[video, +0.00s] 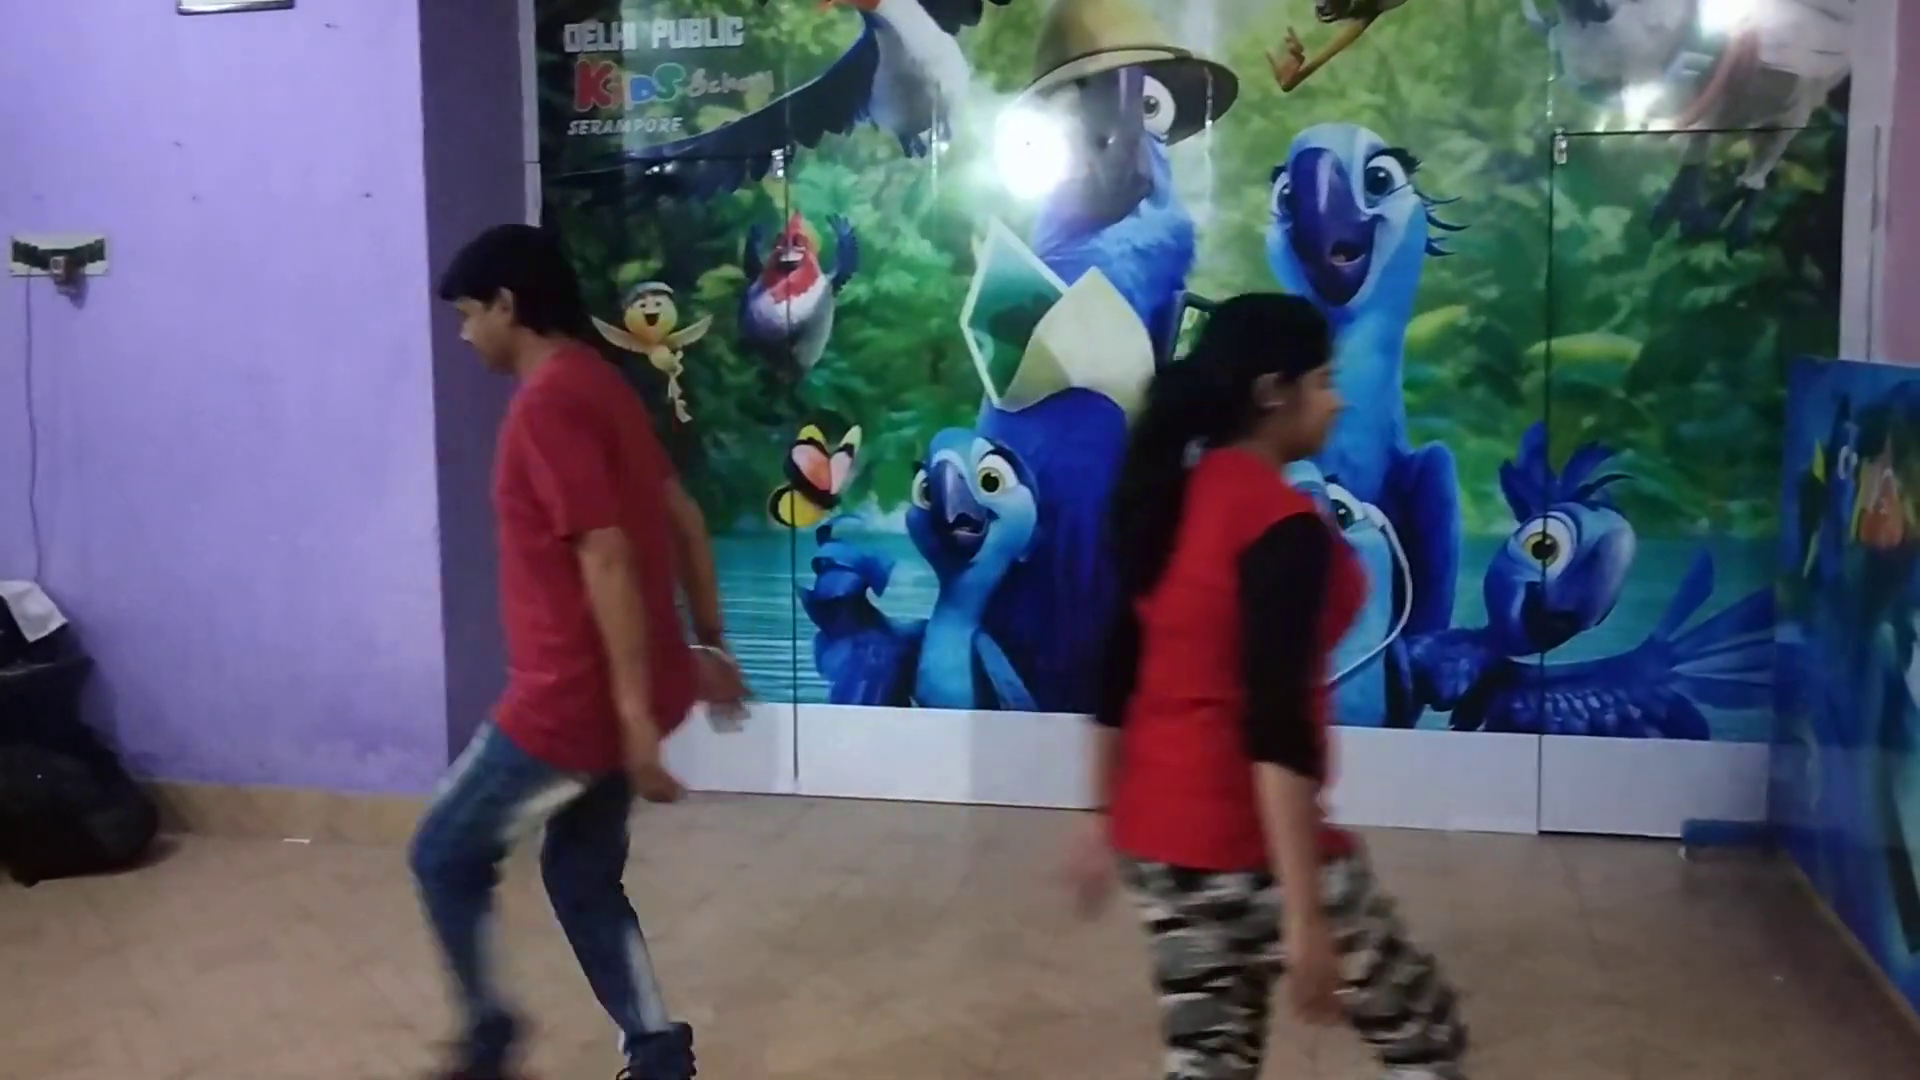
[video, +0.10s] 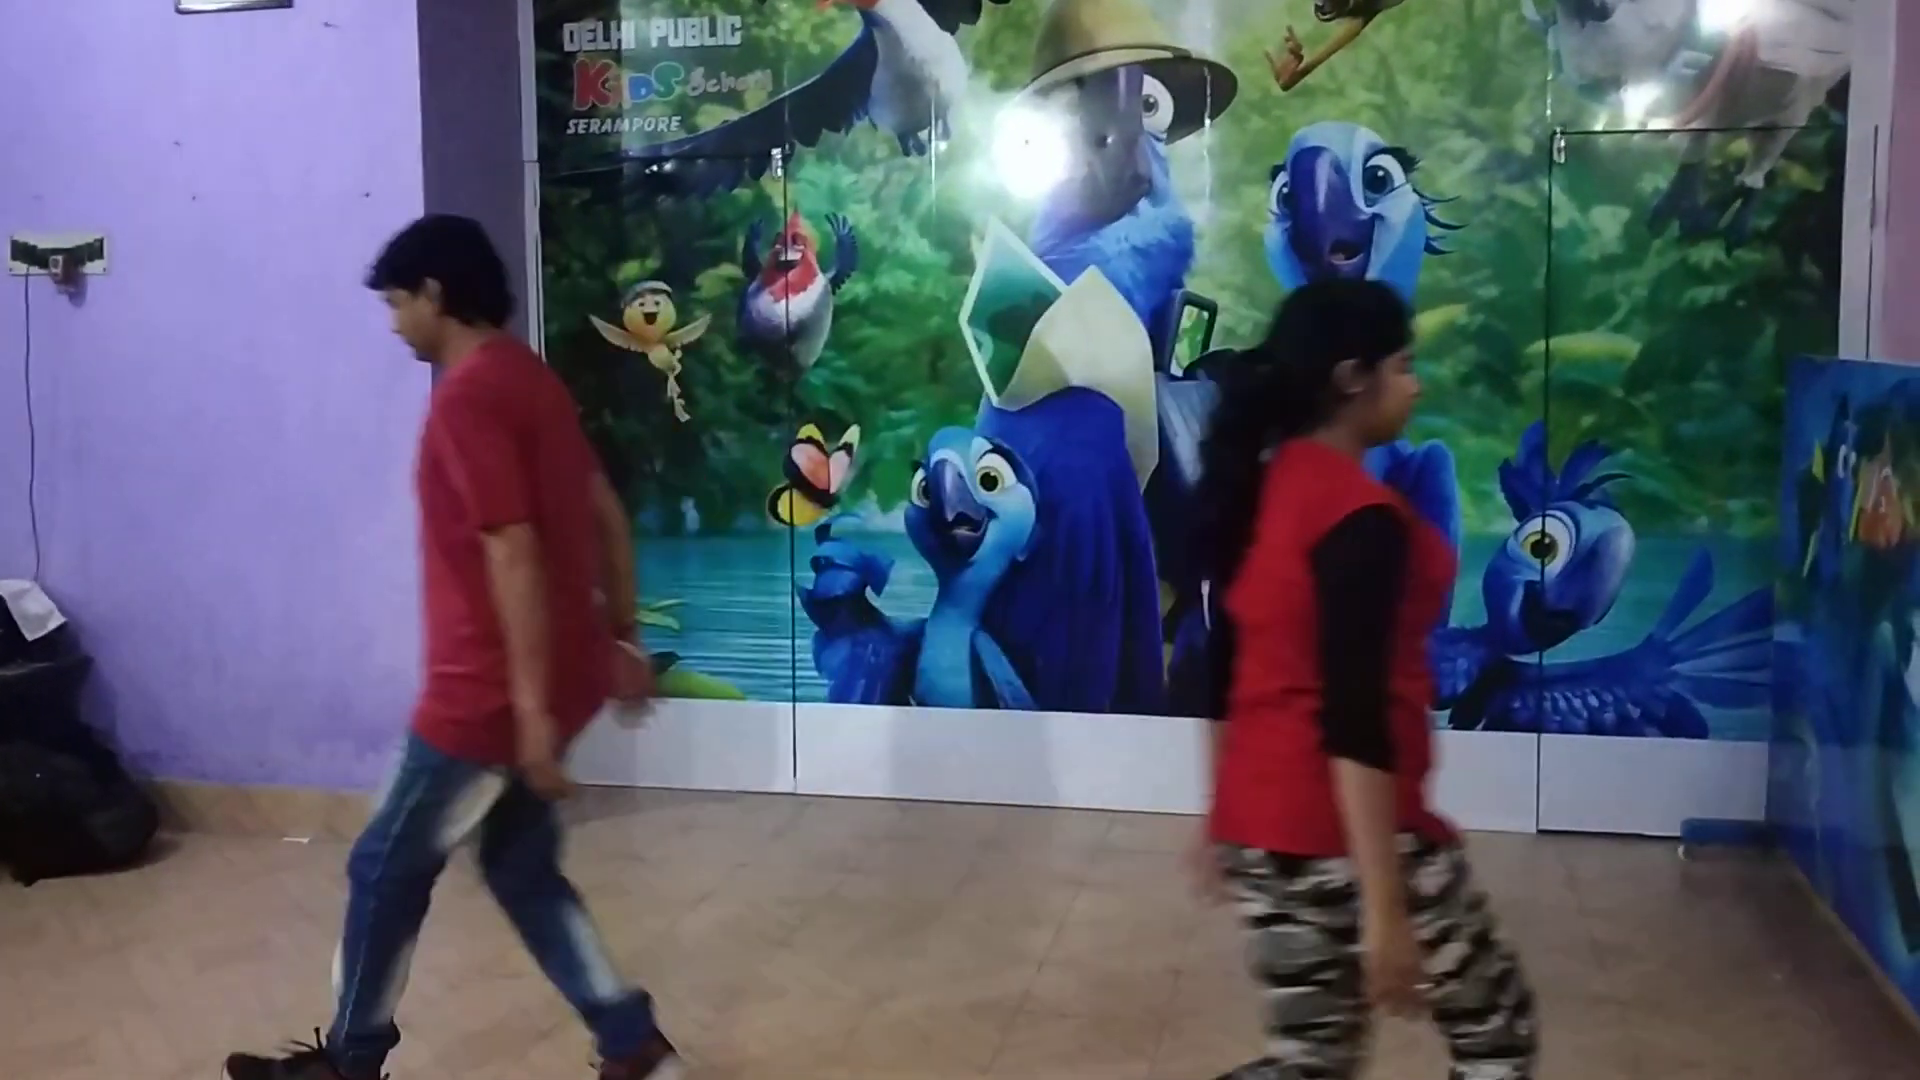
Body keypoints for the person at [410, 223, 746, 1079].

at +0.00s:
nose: (462, 333)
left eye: (467, 313)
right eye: (459, 316)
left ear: (511, 304)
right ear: (535, 305)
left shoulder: (550, 401)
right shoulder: (603, 384)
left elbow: (608, 555)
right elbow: (682, 515)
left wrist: (637, 714)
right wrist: (711, 640)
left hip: (566, 701)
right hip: (621, 694)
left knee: (443, 858)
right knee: (583, 876)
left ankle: (486, 1031)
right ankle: (656, 1049)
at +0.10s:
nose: (391, 320)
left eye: (397, 301)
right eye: (389, 303)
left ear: (439, 295)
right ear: (467, 295)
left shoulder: (467, 398)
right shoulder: (531, 377)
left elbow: (513, 549)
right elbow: (602, 509)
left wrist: (533, 708)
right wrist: (623, 631)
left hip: (476, 700)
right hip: (536, 696)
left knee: (385, 868)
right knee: (524, 870)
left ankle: (350, 1053)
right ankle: (631, 1042)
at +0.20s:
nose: (322, 313)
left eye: (328, 293)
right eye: (320, 294)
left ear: (368, 288)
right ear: (395, 287)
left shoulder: (389, 393)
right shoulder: (467, 372)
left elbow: (421, 548)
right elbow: (535, 506)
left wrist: (428, 707)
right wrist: (551, 630)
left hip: (395, 694)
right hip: (464, 682)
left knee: (320, 866)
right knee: (402, 843)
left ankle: (330, 1053)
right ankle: (526, 985)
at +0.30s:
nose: (266, 305)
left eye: (270, 286)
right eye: (263, 287)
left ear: (311, 280)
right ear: (345, 279)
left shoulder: (327, 388)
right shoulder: (416, 367)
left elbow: (345, 545)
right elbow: (478, 502)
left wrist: (336, 709)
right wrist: (492, 625)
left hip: (338, 680)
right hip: (409, 662)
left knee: (274, 869)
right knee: (312, 822)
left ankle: (321, 1046)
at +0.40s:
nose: (222, 301)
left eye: (223, 282)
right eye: (219, 284)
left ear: (258, 271)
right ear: (293, 270)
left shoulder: (278, 375)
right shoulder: (371, 361)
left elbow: (283, 537)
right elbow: (434, 495)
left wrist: (263, 692)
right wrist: (447, 622)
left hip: (283, 671)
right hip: (352, 656)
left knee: (254, 874)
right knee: (220, 793)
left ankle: (324, 1047)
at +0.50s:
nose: (185, 300)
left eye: (186, 281)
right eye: (181, 283)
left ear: (220, 272)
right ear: (266, 270)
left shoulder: (236, 374)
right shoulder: (333, 363)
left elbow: (235, 539)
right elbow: (392, 493)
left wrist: (208, 698)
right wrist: (404, 621)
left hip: (242, 668)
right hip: (304, 651)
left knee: (243, 871)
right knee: (188, 808)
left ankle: (324, 1046)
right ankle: (151, 982)